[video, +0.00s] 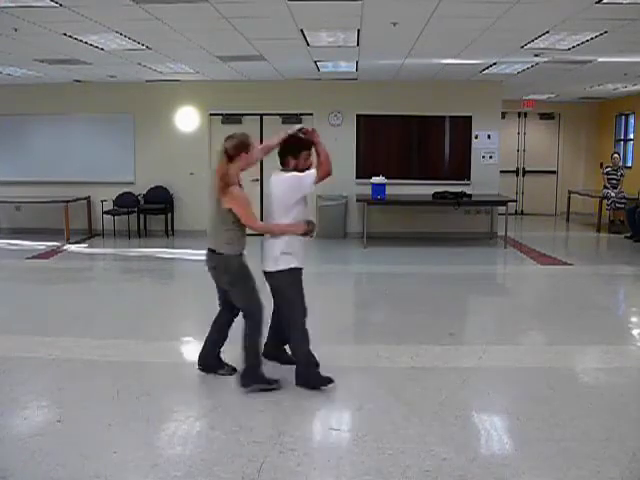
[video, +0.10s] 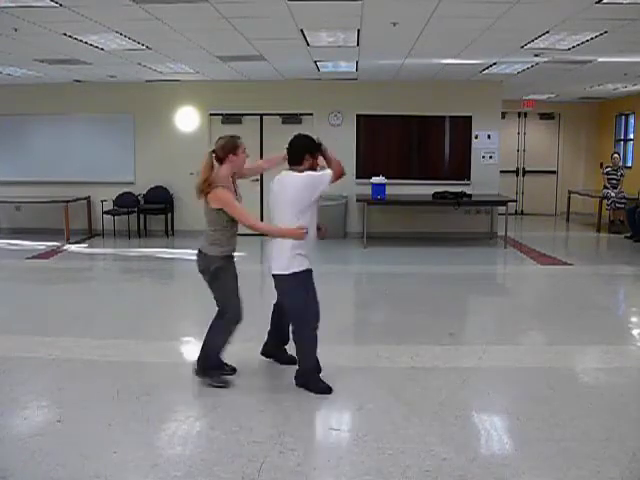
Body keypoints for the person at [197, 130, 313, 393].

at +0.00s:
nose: (254, 155)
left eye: (254, 151)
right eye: (253, 151)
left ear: (232, 153)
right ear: (243, 155)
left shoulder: (224, 173)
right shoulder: (233, 190)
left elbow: (263, 151)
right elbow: (255, 226)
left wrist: (290, 134)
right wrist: (295, 228)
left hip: (219, 256)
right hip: (229, 259)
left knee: (229, 309)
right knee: (253, 310)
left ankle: (209, 358)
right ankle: (252, 374)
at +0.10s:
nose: (245, 159)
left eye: (245, 154)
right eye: (243, 154)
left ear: (226, 158)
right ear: (229, 158)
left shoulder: (228, 177)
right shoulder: (219, 193)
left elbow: (261, 166)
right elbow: (254, 225)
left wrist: (291, 155)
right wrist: (289, 233)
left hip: (221, 257)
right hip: (215, 260)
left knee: (230, 311)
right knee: (231, 313)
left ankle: (211, 360)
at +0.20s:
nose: (240, 154)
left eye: (239, 150)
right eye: (236, 150)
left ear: (223, 155)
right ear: (221, 155)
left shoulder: (231, 176)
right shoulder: (207, 187)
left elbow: (264, 180)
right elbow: (228, 226)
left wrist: (293, 180)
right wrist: (267, 238)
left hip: (223, 256)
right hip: (204, 257)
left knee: (226, 309)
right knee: (209, 311)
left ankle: (209, 359)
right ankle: (176, 349)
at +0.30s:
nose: (234, 152)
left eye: (234, 148)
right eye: (230, 148)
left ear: (221, 153)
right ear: (215, 153)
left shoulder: (228, 179)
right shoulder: (199, 184)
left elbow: (255, 192)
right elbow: (205, 226)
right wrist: (233, 240)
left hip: (220, 256)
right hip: (196, 256)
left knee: (223, 308)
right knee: (188, 307)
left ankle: (210, 358)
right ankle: (170, 347)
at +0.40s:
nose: (228, 153)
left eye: (228, 149)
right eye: (224, 148)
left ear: (214, 153)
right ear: (208, 152)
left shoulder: (226, 182)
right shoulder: (190, 183)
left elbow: (249, 211)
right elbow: (190, 224)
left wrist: (264, 225)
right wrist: (221, 240)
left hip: (216, 257)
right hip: (190, 257)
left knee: (221, 310)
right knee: (180, 309)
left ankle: (212, 357)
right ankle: (171, 354)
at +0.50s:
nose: (225, 153)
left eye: (224, 149)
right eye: (220, 149)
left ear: (211, 153)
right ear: (204, 153)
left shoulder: (223, 182)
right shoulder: (186, 183)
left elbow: (246, 220)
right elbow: (185, 224)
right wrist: (217, 238)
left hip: (214, 256)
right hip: (186, 257)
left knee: (224, 308)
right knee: (177, 308)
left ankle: (214, 355)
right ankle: (170, 354)